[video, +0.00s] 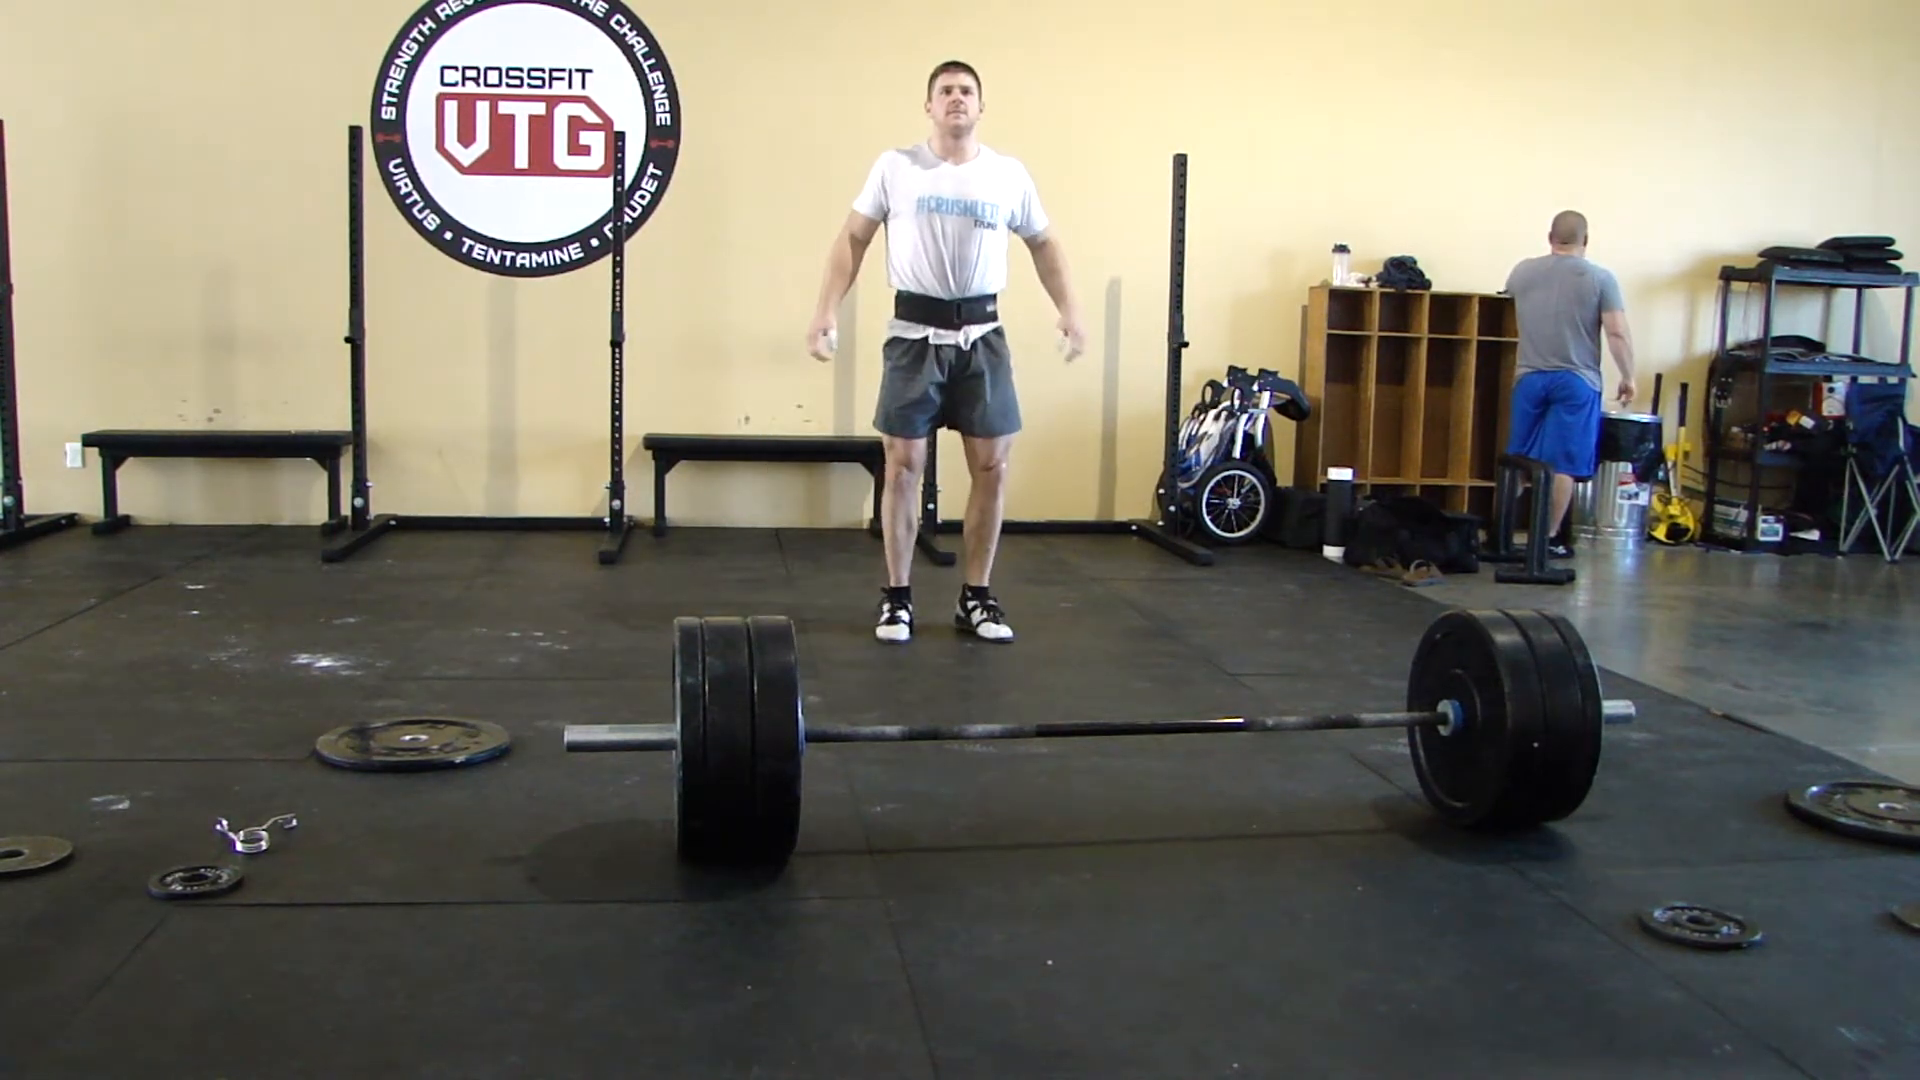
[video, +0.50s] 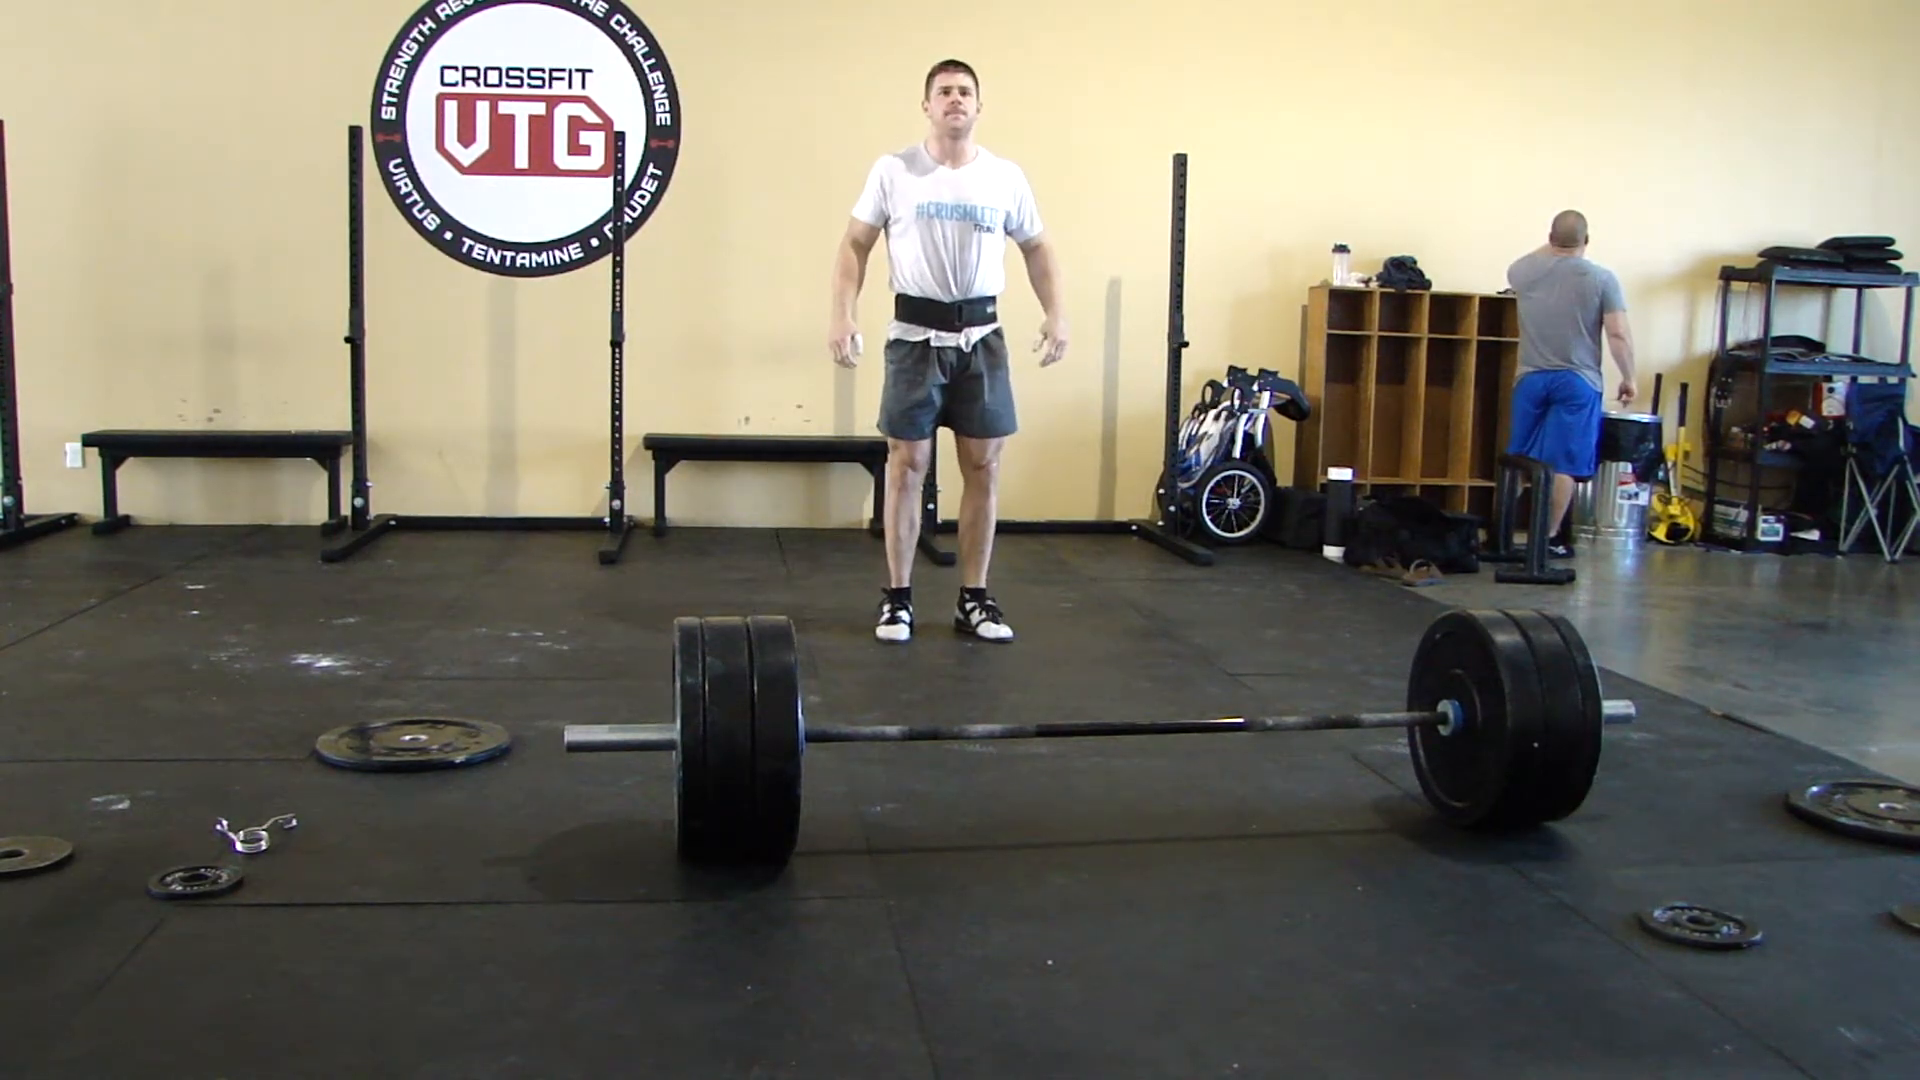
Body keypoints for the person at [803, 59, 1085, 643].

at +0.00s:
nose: (957, 98)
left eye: (966, 91)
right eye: (947, 91)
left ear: (981, 107)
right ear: (928, 106)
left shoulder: (1009, 174)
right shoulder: (895, 168)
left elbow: (1044, 244)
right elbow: (852, 240)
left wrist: (1069, 310)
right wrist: (825, 309)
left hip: (982, 341)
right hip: (913, 340)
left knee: (991, 468)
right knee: (902, 465)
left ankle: (977, 597)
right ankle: (897, 598)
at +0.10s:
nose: (957, 100)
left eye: (966, 93)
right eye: (947, 93)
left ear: (981, 109)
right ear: (928, 108)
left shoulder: (1009, 176)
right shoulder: (895, 170)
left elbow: (1043, 245)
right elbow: (852, 240)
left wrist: (1064, 311)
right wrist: (829, 311)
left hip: (983, 342)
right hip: (915, 340)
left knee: (990, 469)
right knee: (905, 464)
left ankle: (976, 598)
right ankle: (897, 598)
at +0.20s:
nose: (957, 100)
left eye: (966, 93)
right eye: (947, 93)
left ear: (981, 110)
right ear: (928, 110)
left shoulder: (1007, 181)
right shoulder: (895, 175)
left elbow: (1037, 252)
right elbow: (856, 246)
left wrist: (1059, 319)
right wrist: (832, 320)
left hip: (983, 343)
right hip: (915, 342)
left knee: (988, 468)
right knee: (905, 466)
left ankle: (975, 598)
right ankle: (897, 599)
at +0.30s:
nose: (957, 97)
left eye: (967, 90)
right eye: (947, 90)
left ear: (981, 107)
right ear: (928, 107)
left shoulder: (1006, 177)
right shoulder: (894, 171)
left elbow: (1035, 250)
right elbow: (857, 245)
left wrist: (1054, 317)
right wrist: (840, 315)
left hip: (982, 340)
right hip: (916, 338)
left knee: (983, 466)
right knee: (907, 463)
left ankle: (974, 599)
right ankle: (897, 598)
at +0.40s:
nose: (956, 99)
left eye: (966, 92)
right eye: (946, 91)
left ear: (980, 108)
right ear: (927, 107)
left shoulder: (1006, 179)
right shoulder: (894, 174)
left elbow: (1037, 251)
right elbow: (856, 247)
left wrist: (1054, 319)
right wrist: (842, 318)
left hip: (982, 343)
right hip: (914, 341)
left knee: (983, 468)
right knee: (907, 465)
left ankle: (974, 599)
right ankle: (897, 598)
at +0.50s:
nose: (955, 99)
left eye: (965, 92)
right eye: (945, 92)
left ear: (979, 107)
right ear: (926, 106)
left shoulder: (1004, 176)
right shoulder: (893, 172)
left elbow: (1036, 248)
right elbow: (855, 245)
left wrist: (1055, 317)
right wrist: (842, 317)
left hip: (981, 341)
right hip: (913, 339)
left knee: (983, 468)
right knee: (906, 464)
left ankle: (974, 599)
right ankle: (897, 598)